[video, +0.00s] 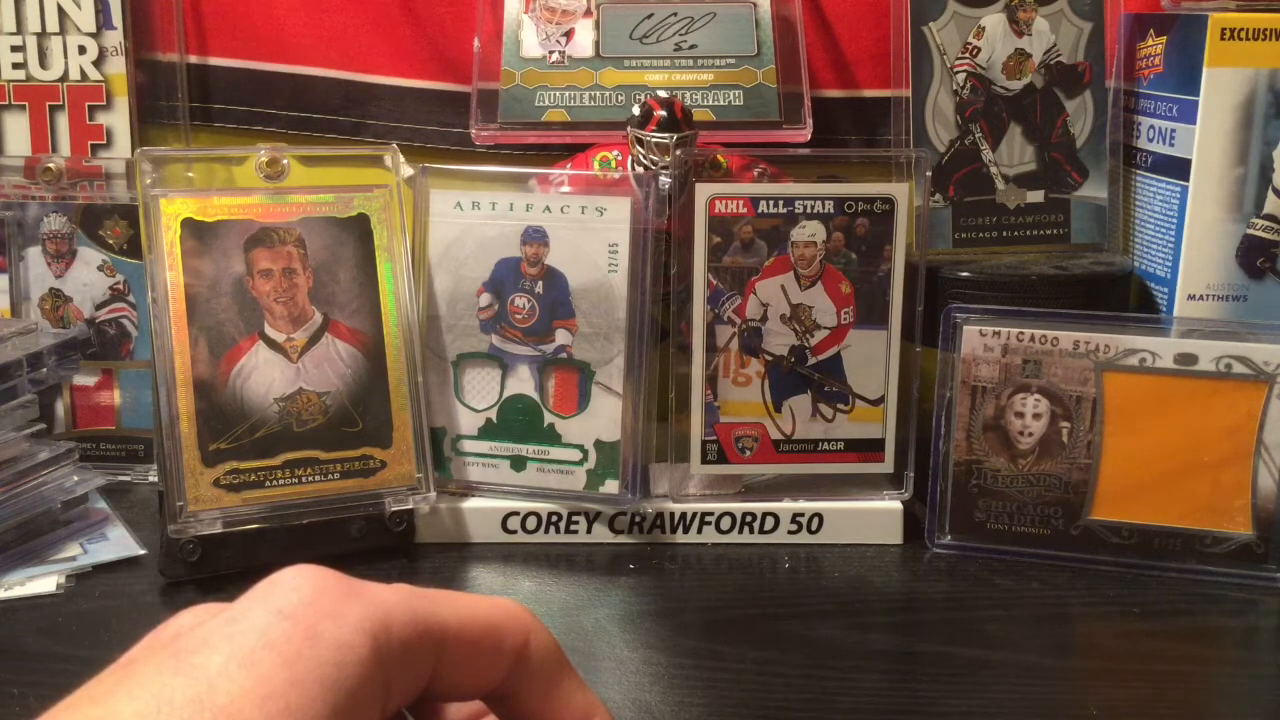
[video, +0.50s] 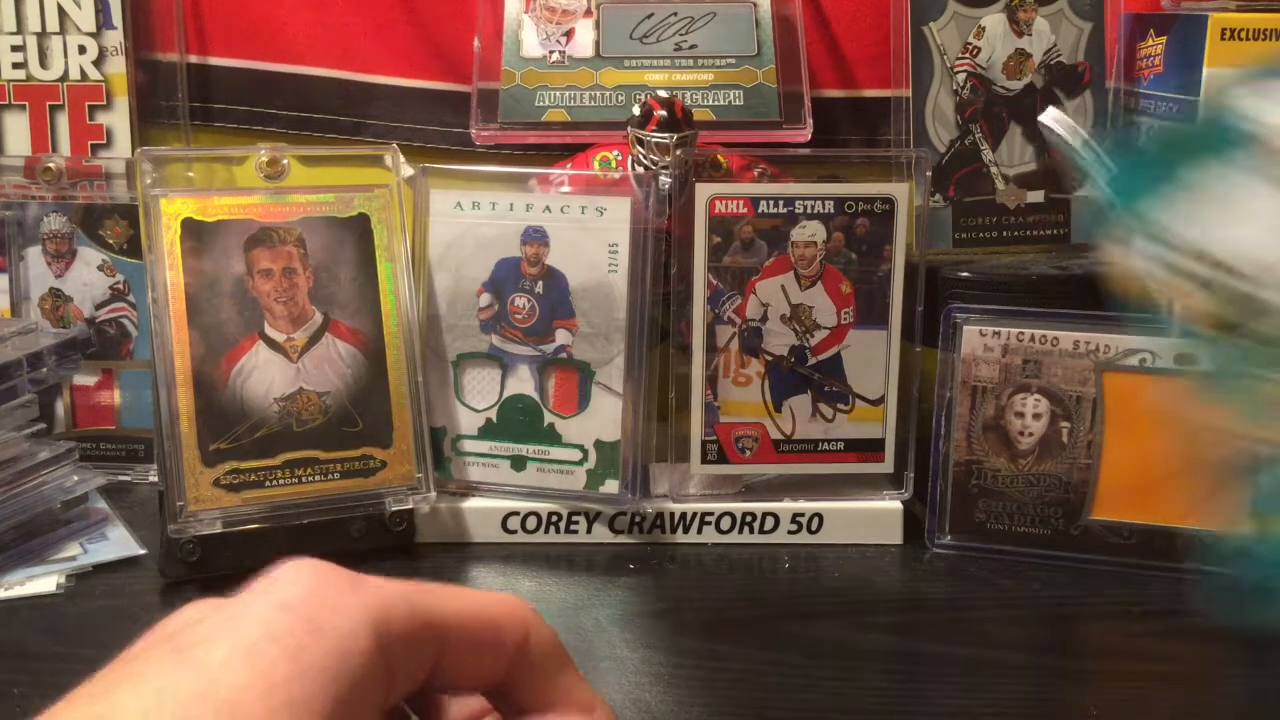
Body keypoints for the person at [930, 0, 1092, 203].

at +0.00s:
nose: (1028, 16)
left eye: (1033, 10)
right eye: (1023, 10)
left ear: (1037, 10)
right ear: (1011, 8)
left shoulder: (1041, 27)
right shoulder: (991, 25)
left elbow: (1051, 61)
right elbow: (965, 63)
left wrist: (1068, 73)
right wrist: (970, 97)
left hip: (1028, 91)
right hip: (993, 93)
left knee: (1056, 121)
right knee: (980, 137)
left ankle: (1063, 176)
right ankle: (942, 185)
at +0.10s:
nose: (1028, 16)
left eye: (1032, 10)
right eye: (1023, 10)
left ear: (1037, 10)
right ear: (1011, 8)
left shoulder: (1041, 27)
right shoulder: (991, 25)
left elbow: (1051, 61)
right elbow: (965, 63)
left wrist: (1068, 74)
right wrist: (970, 98)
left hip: (1028, 91)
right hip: (993, 93)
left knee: (1056, 122)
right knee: (980, 138)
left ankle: (1063, 176)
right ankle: (942, 185)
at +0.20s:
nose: (1028, 16)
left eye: (1033, 10)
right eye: (1023, 10)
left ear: (1037, 10)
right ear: (1011, 8)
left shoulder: (1042, 27)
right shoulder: (991, 25)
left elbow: (1051, 62)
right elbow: (964, 63)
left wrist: (1068, 74)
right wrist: (970, 98)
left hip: (1028, 91)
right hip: (993, 93)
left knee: (1056, 122)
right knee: (980, 138)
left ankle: (1063, 177)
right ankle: (942, 185)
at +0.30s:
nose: (1028, 16)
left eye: (1033, 10)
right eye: (1023, 10)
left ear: (1037, 10)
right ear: (1011, 8)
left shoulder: (1042, 27)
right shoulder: (991, 25)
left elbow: (1051, 62)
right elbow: (964, 63)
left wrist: (1068, 73)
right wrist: (970, 99)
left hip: (1028, 91)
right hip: (993, 93)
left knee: (1056, 122)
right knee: (980, 138)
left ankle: (1063, 177)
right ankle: (942, 186)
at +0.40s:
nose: (1029, 16)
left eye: (1033, 10)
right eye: (1023, 10)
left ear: (1037, 10)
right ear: (1011, 8)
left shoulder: (1041, 27)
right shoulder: (991, 26)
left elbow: (1051, 60)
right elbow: (965, 63)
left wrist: (1067, 75)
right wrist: (969, 98)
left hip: (1026, 92)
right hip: (992, 94)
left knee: (1056, 123)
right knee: (979, 140)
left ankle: (1063, 178)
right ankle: (941, 185)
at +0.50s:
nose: (1029, 15)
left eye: (1033, 10)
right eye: (1023, 9)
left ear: (1037, 9)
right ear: (1011, 8)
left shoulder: (1041, 27)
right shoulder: (991, 26)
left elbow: (1051, 58)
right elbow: (965, 62)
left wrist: (1066, 74)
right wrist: (968, 98)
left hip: (1024, 93)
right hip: (992, 94)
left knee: (1052, 132)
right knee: (979, 142)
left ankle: (1060, 185)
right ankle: (940, 184)